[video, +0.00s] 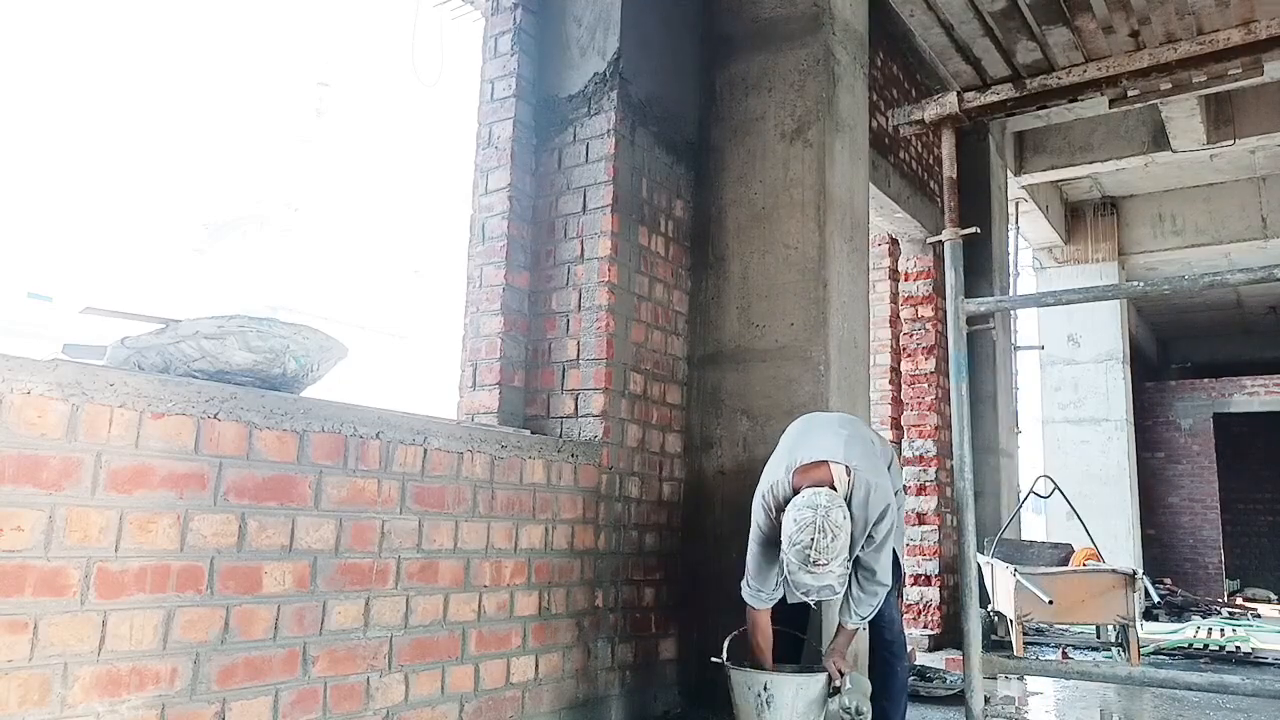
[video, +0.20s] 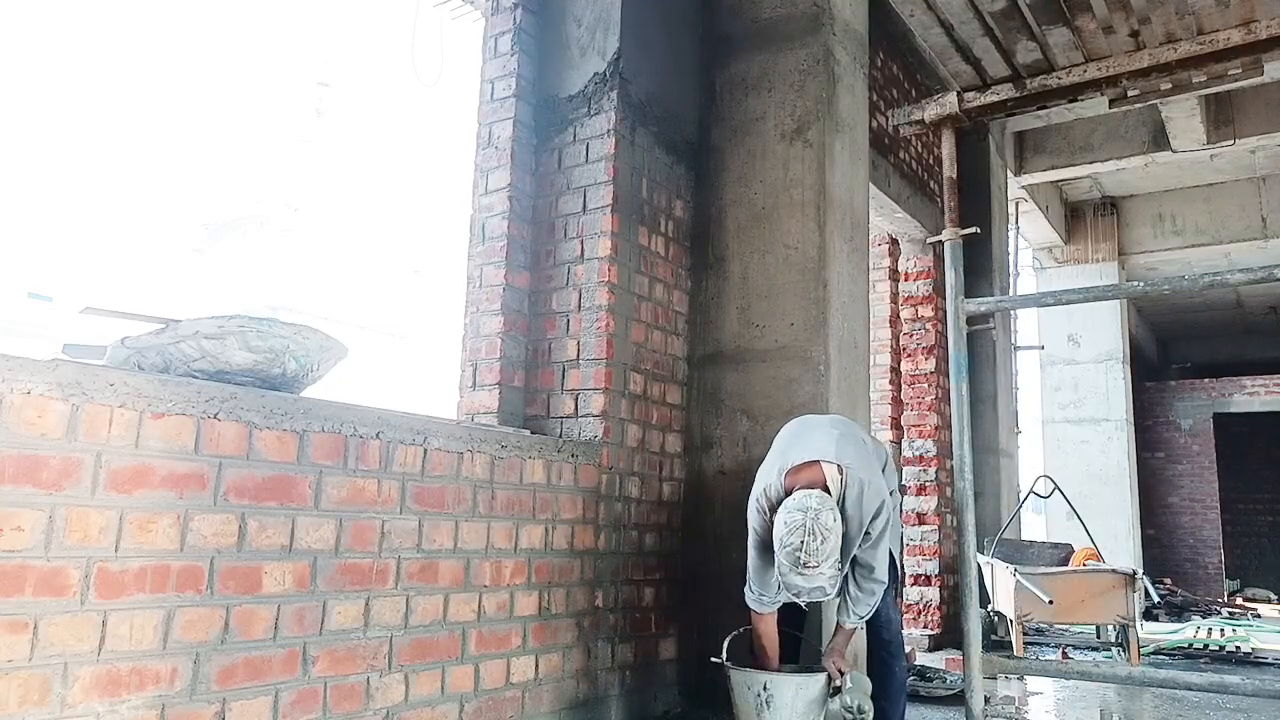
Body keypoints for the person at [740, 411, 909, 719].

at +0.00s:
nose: (812, 598)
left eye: (826, 581)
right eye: (802, 585)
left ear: (848, 529)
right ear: (782, 531)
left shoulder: (876, 498)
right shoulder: (768, 500)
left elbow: (872, 581)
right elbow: (758, 598)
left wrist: (838, 649)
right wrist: (766, 685)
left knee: (885, 618)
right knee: (787, 607)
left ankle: (889, 713)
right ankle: (777, 703)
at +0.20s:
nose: (807, 597)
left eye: (819, 586)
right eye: (797, 585)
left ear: (838, 525)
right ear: (776, 528)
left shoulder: (868, 497)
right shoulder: (762, 502)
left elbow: (868, 582)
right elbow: (762, 601)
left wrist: (837, 650)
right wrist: (770, 686)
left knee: (882, 617)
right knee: (788, 609)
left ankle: (888, 713)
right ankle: (778, 704)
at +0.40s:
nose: (808, 600)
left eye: (818, 590)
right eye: (798, 590)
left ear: (840, 531)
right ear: (777, 535)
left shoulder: (871, 498)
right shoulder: (763, 504)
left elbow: (871, 582)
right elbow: (760, 599)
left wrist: (838, 648)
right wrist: (767, 686)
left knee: (885, 617)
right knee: (787, 609)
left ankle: (889, 713)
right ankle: (777, 704)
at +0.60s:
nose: (807, 603)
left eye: (818, 594)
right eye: (797, 593)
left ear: (841, 533)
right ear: (775, 536)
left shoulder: (871, 499)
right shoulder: (763, 500)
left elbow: (871, 582)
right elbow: (745, 596)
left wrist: (837, 650)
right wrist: (756, 684)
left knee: (885, 618)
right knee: (780, 606)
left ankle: (889, 713)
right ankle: (772, 704)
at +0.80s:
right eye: (856, 563)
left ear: (859, 514)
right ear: (808, 545)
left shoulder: (879, 491)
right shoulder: (769, 508)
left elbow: (873, 578)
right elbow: (767, 604)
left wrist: (838, 648)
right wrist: (772, 688)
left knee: (885, 620)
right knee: (789, 613)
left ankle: (888, 713)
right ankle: (780, 707)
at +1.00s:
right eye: (858, 561)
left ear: (873, 513)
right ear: (818, 538)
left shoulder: (883, 489)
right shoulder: (773, 503)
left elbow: (873, 581)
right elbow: (752, 605)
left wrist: (837, 649)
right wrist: (767, 691)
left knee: (886, 619)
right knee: (784, 610)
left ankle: (889, 713)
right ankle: (776, 707)